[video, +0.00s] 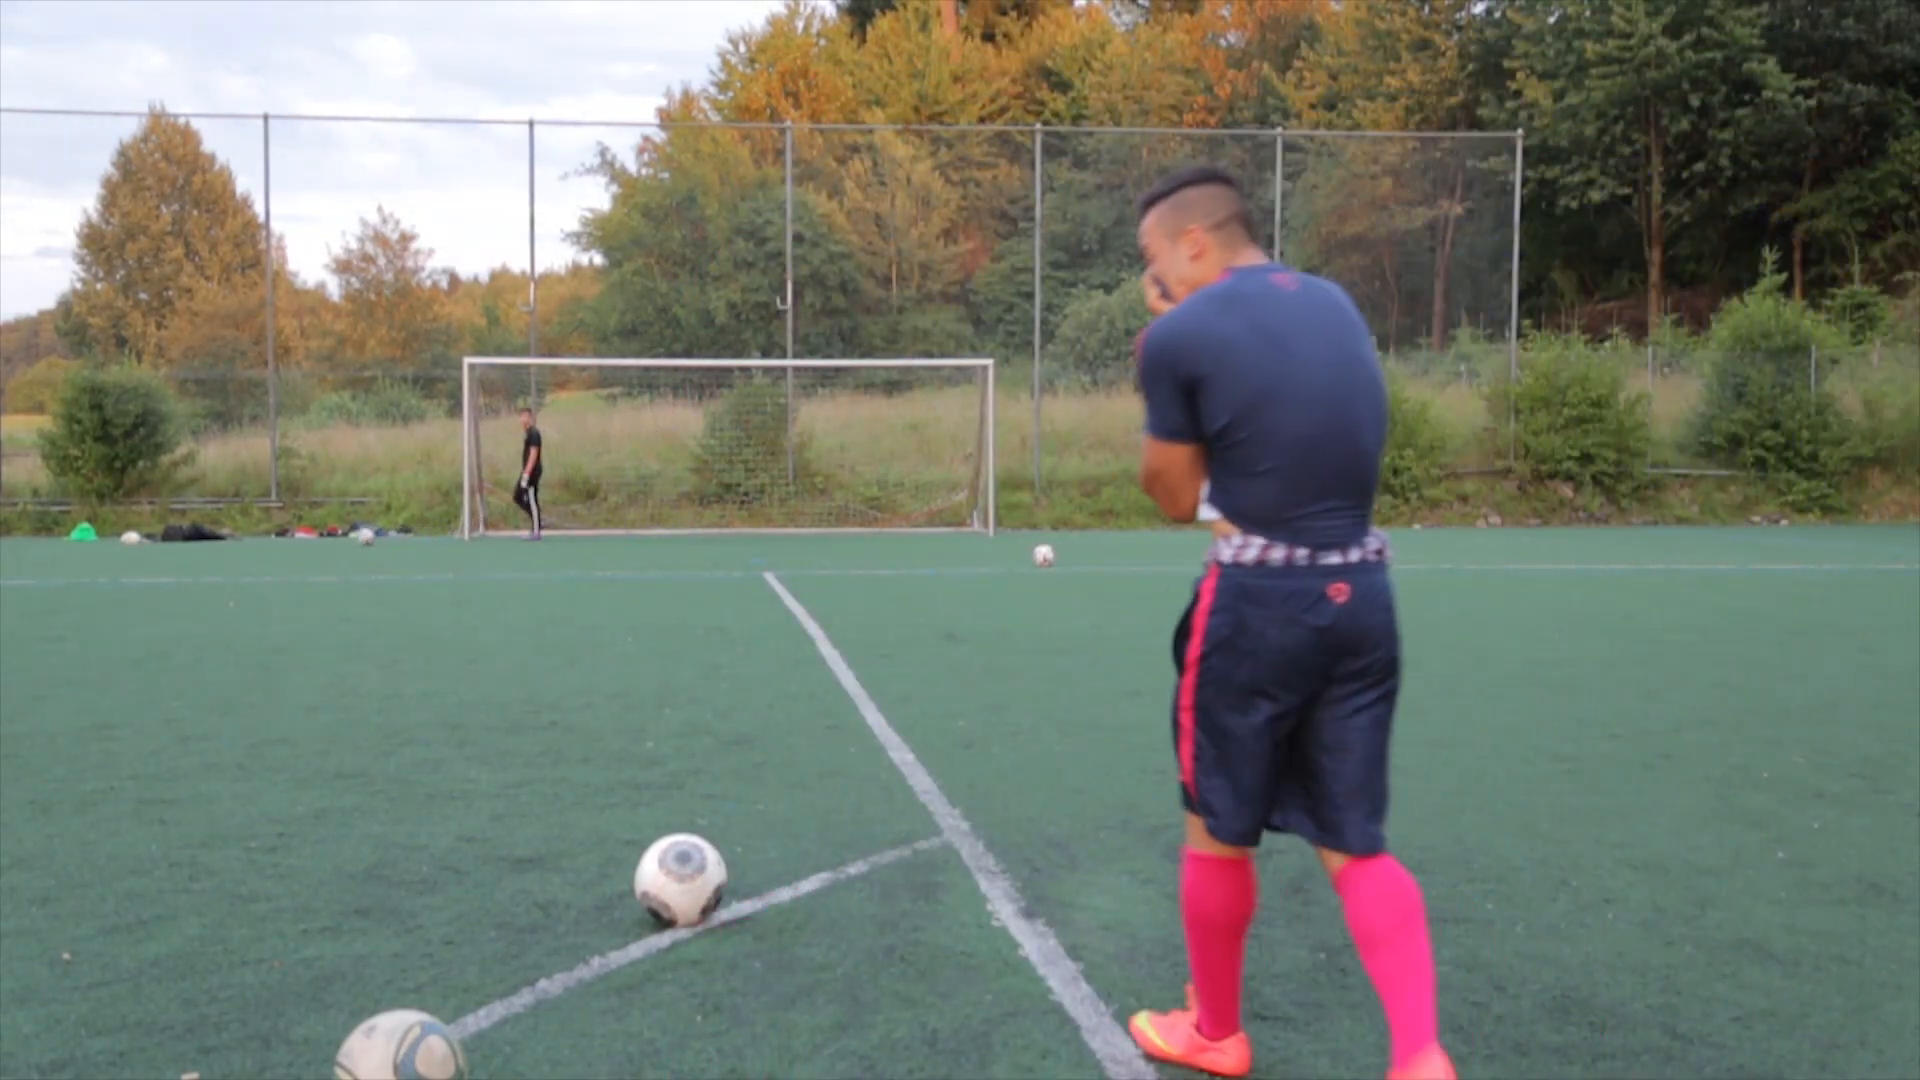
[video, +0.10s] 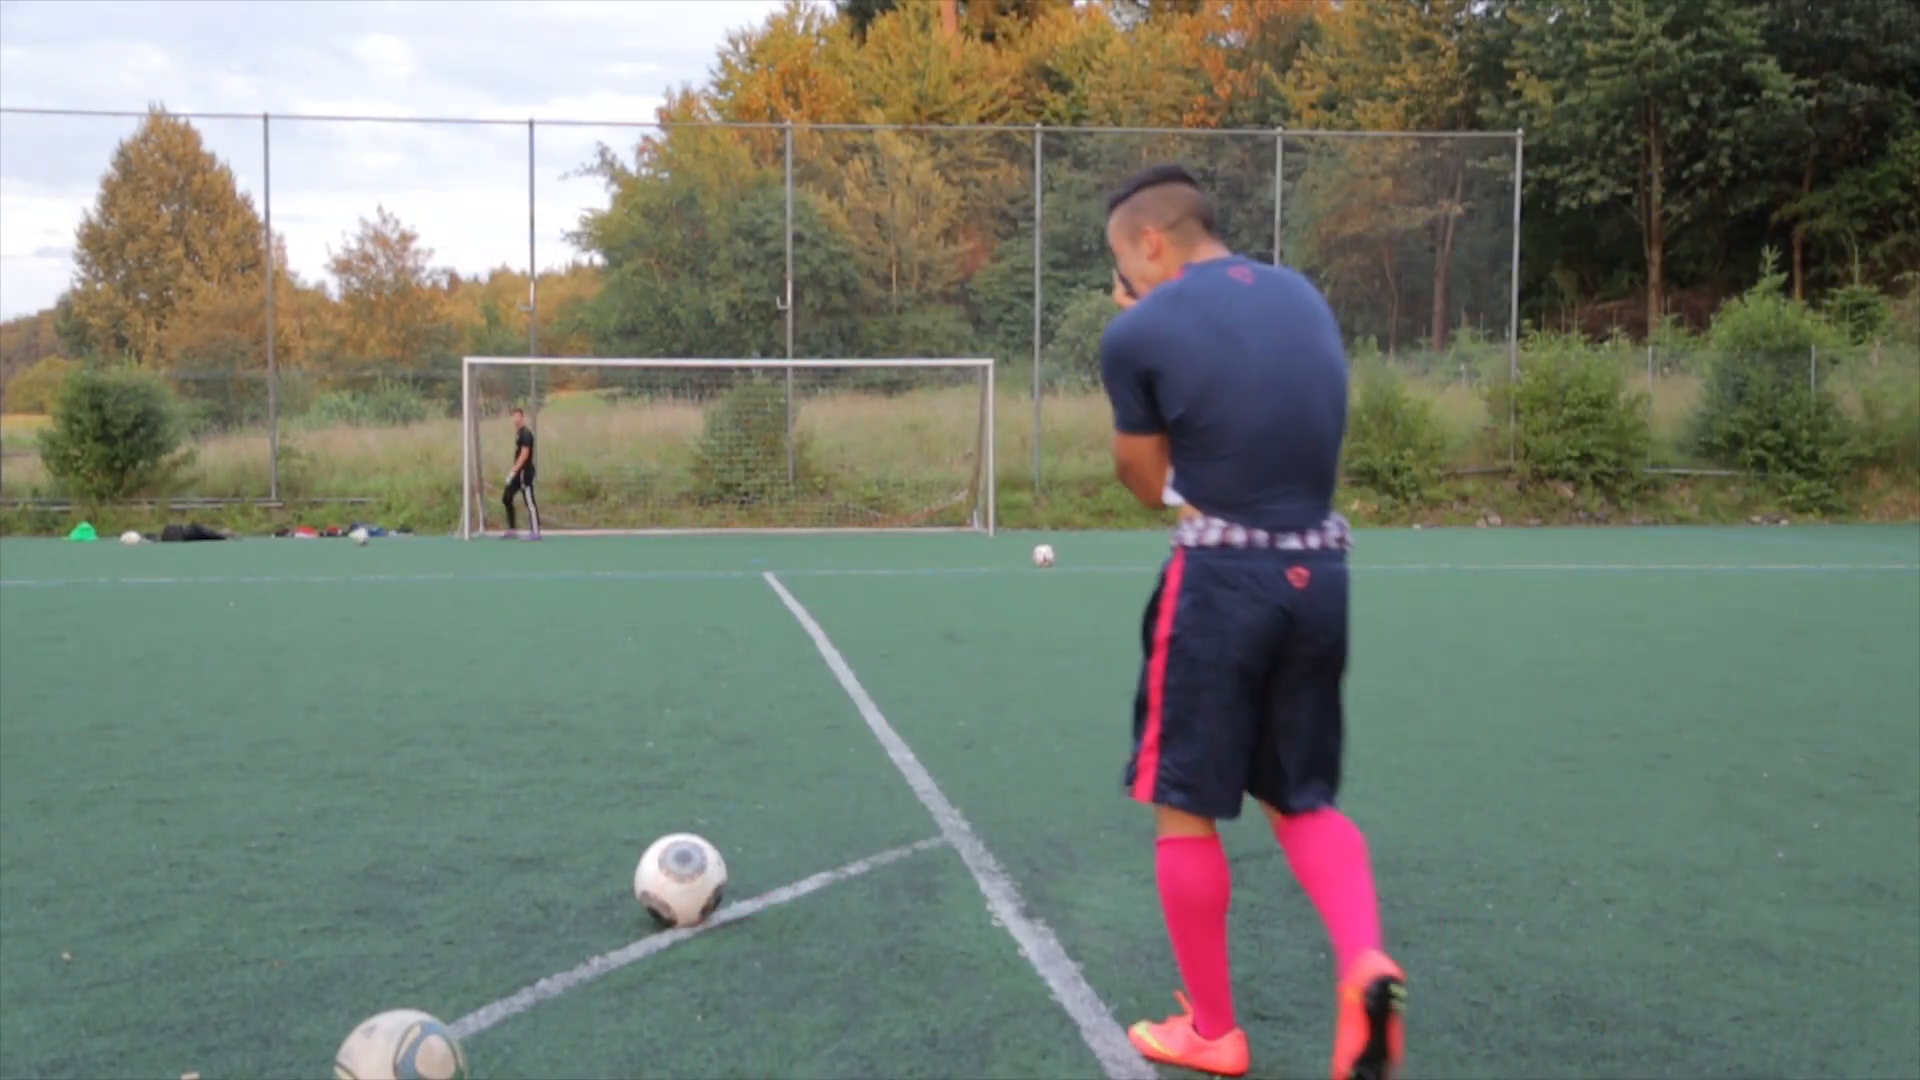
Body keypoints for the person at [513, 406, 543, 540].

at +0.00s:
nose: (522, 420)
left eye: (525, 417)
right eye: (521, 417)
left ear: (531, 418)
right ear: (521, 419)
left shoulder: (533, 434)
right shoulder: (529, 434)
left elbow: (533, 456)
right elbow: (530, 456)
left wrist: (526, 475)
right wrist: (525, 473)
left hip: (532, 471)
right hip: (527, 470)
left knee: (531, 499)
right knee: (518, 497)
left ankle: (536, 530)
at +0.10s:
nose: (515, 420)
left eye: (517, 417)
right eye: (514, 417)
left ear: (522, 418)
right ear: (513, 419)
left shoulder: (526, 434)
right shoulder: (520, 434)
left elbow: (524, 455)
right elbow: (521, 455)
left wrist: (512, 472)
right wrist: (515, 471)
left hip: (525, 470)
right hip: (519, 470)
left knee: (529, 501)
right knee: (507, 497)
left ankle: (535, 531)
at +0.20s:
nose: (505, 421)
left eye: (507, 418)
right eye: (503, 418)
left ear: (512, 419)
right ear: (503, 420)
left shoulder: (516, 435)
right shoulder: (510, 435)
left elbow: (515, 455)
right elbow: (512, 456)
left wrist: (502, 471)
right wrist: (503, 471)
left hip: (516, 470)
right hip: (509, 471)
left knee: (524, 501)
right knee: (501, 502)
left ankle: (534, 531)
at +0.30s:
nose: (496, 422)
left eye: (498, 419)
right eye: (494, 419)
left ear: (503, 420)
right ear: (493, 421)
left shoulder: (507, 436)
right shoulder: (501, 436)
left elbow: (506, 457)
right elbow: (502, 457)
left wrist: (492, 473)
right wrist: (495, 473)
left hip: (507, 473)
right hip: (499, 473)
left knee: (517, 502)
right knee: (491, 502)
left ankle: (533, 529)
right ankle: (482, 531)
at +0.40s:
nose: (485, 421)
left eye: (487, 418)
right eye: (484, 418)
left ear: (493, 419)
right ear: (484, 420)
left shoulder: (497, 436)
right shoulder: (490, 436)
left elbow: (495, 458)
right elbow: (492, 458)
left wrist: (487, 476)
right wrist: (487, 474)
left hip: (496, 473)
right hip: (488, 473)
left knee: (502, 503)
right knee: (481, 502)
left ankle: (526, 526)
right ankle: (479, 531)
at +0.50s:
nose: (474, 420)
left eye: (477, 417)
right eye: (474, 417)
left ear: (483, 418)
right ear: (473, 419)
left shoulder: (487, 434)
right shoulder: (480, 434)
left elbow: (487, 455)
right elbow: (482, 455)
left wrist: (483, 474)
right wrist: (478, 472)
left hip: (486, 472)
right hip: (479, 471)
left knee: (483, 502)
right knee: (477, 501)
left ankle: (510, 521)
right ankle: (478, 531)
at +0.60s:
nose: (466, 419)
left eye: (468, 416)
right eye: (465, 416)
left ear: (473, 416)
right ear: (464, 418)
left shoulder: (479, 433)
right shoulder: (471, 433)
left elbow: (481, 455)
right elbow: (471, 456)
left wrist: (478, 473)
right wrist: (467, 472)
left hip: (477, 472)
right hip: (471, 471)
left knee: (469, 498)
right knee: (474, 500)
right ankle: (478, 529)